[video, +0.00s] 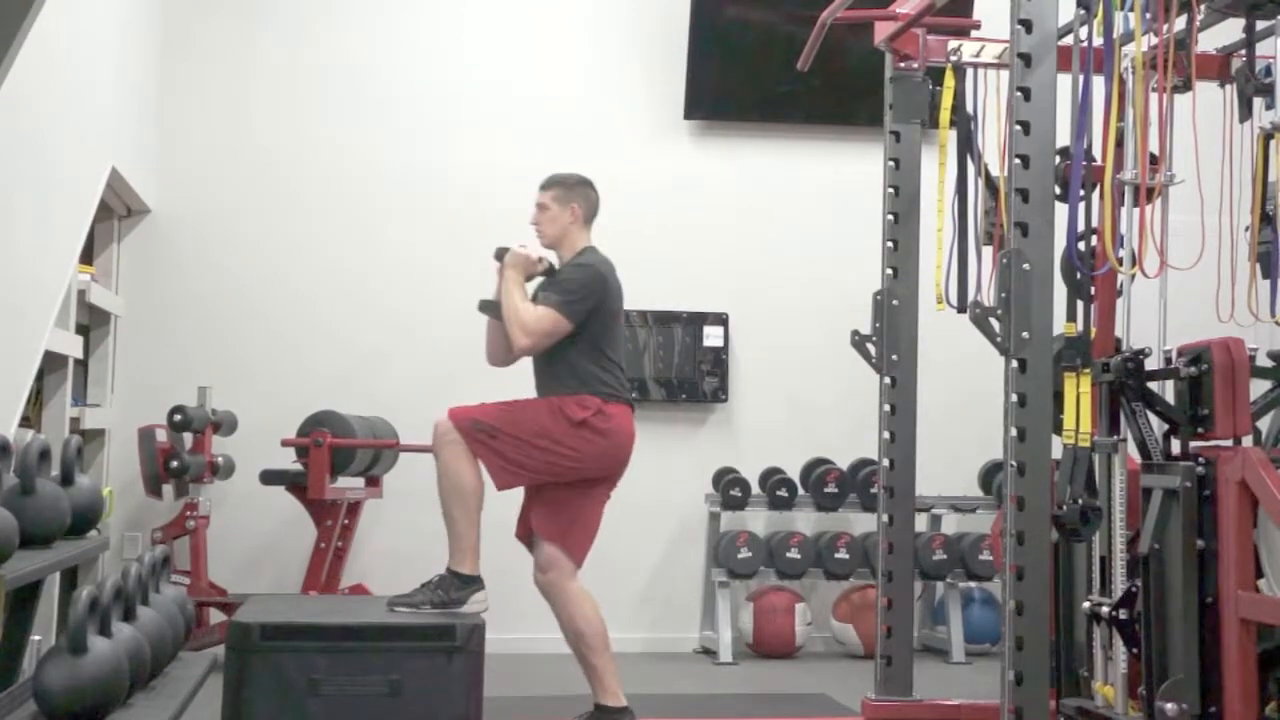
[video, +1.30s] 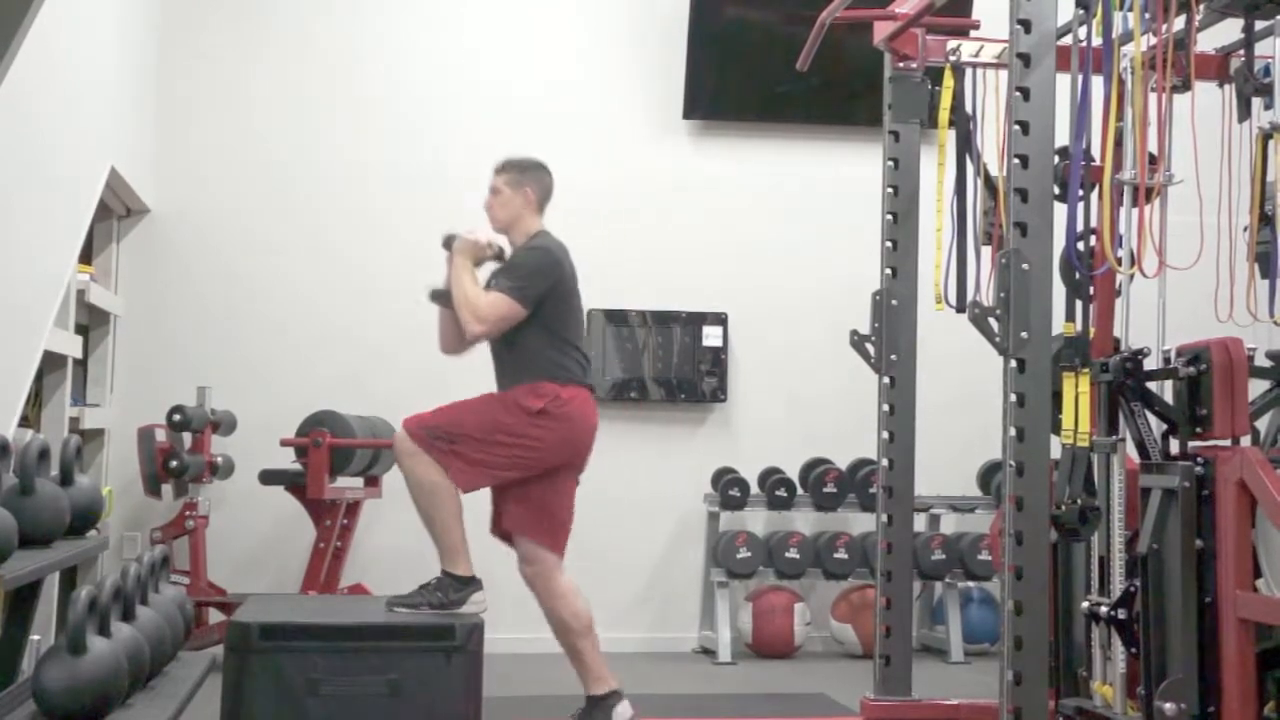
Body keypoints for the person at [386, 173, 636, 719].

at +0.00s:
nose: (534, 218)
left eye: (542, 208)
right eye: (535, 208)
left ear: (574, 213)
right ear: (569, 214)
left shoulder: (590, 271)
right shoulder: (564, 277)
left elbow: (526, 337)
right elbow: (500, 353)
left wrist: (513, 276)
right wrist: (506, 285)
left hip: (589, 420)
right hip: (597, 432)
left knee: (452, 429)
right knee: (553, 571)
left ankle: (462, 577)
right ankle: (612, 705)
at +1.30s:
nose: (487, 202)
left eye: (496, 192)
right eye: (489, 192)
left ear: (528, 196)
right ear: (523, 197)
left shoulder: (544, 254)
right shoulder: (519, 264)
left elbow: (477, 321)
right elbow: (453, 341)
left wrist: (462, 259)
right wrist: (454, 278)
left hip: (550, 406)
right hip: (559, 415)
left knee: (414, 441)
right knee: (540, 563)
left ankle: (457, 578)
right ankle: (604, 696)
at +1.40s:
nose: (461, 157)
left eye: (470, 147)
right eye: (463, 148)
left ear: (504, 150)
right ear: (502, 151)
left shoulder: (516, 208)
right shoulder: (497, 217)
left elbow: (451, 272)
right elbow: (428, 299)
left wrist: (436, 208)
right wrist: (428, 238)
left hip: (526, 364)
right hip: (543, 369)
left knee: (407, 443)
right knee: (521, 522)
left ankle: (458, 578)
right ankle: (568, 656)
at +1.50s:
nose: (453, 124)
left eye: (462, 113)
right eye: (454, 114)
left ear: (495, 116)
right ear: (493, 117)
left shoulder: (507, 174)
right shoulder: (490, 181)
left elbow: (440, 237)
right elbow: (423, 265)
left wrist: (425, 174)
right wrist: (419, 202)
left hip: (517, 331)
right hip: (520, 334)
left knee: (413, 439)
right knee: (461, 480)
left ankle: (456, 576)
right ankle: (541, 592)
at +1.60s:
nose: (451, 95)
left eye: (459, 85)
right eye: (452, 85)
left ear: (491, 87)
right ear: (490, 89)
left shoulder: (503, 146)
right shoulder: (487, 153)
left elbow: (434, 209)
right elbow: (422, 238)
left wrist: (422, 151)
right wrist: (420, 171)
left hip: (510, 307)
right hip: (501, 307)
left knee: (417, 424)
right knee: (416, 424)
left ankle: (458, 577)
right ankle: (499, 515)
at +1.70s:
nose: (449, 75)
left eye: (458, 63)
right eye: (451, 64)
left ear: (490, 64)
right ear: (490, 66)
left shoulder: (500, 120)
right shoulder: (484, 129)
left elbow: (433, 188)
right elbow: (426, 219)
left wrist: (421, 129)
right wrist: (425, 153)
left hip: (502, 290)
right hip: (469, 288)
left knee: (439, 430)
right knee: (368, 337)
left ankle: (461, 577)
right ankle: (437, 443)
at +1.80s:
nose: (446, 61)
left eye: (454, 50)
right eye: (448, 51)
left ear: (486, 51)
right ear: (486, 52)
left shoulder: (499, 108)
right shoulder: (478, 113)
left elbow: (428, 173)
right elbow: (424, 204)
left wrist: (418, 115)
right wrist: (424, 130)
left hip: (495, 281)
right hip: (460, 267)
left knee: (452, 430)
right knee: (356, 255)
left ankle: (461, 579)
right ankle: (385, 388)